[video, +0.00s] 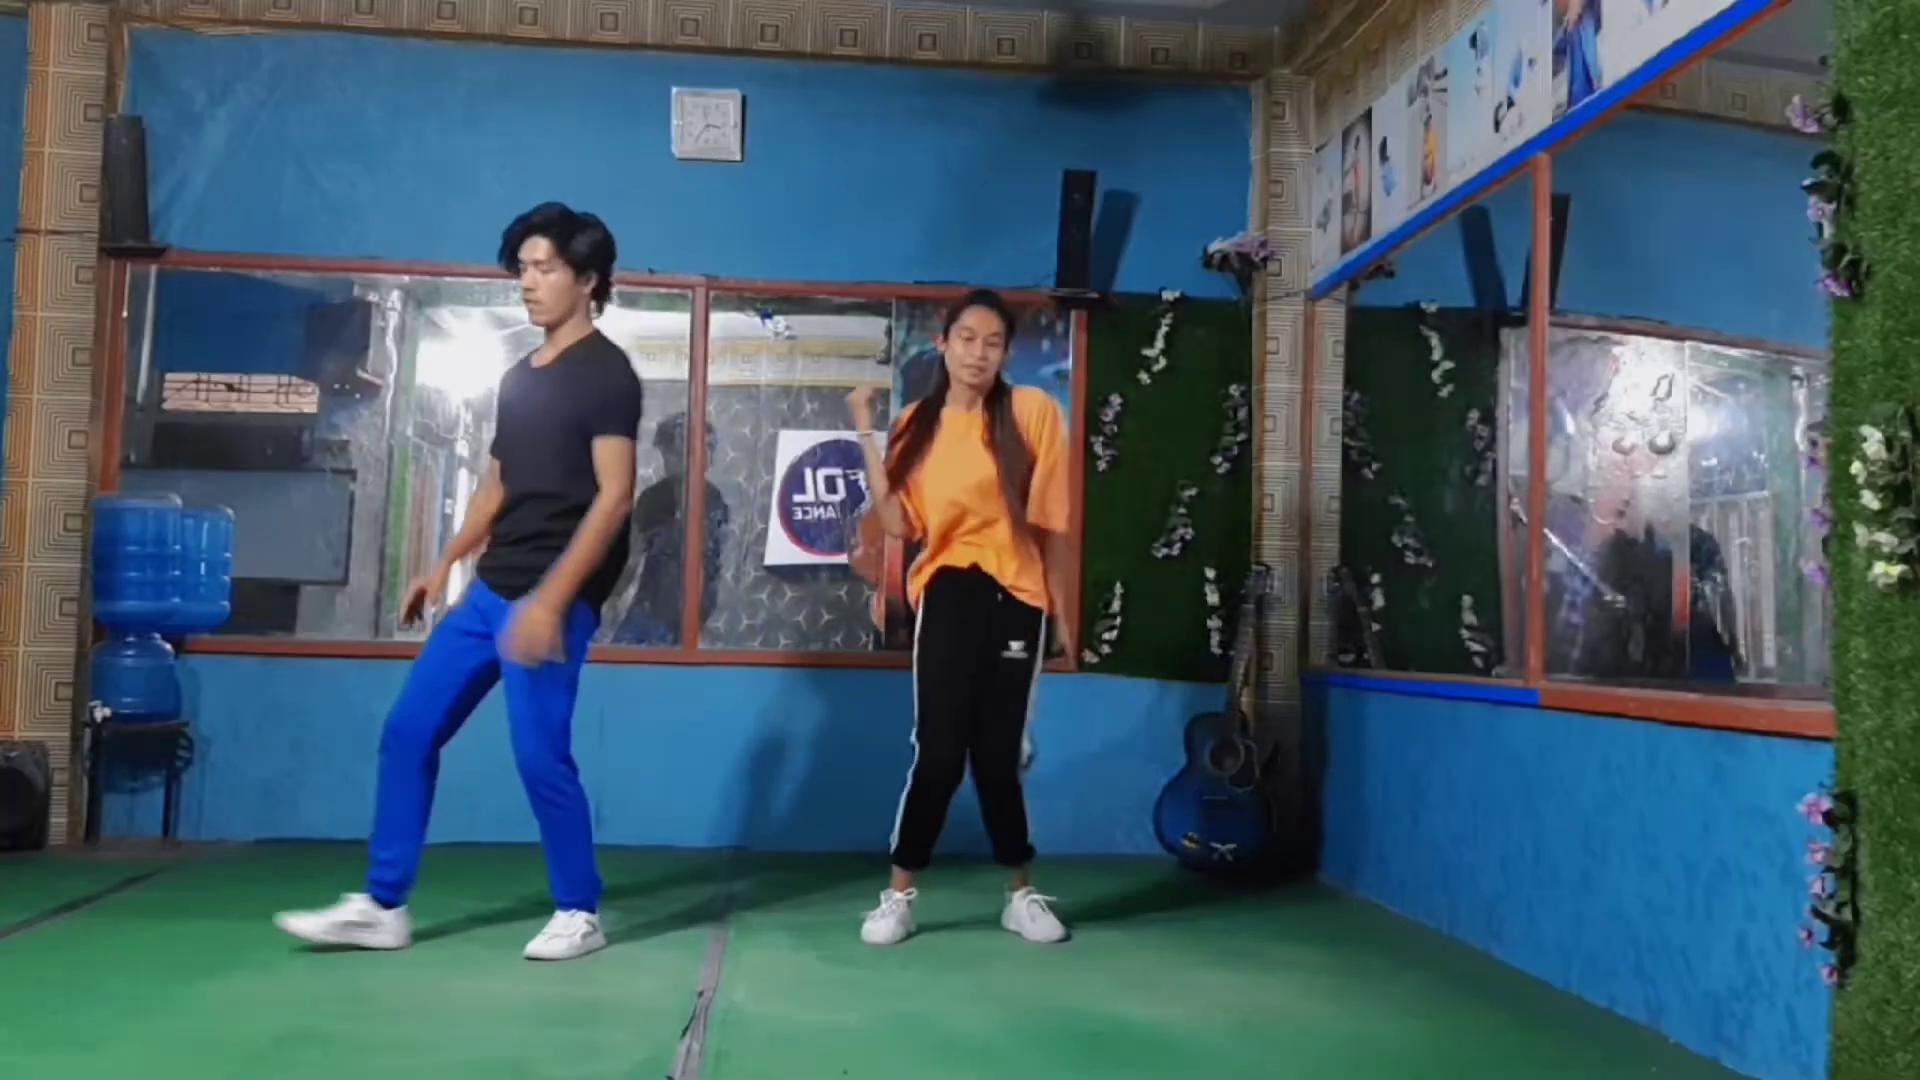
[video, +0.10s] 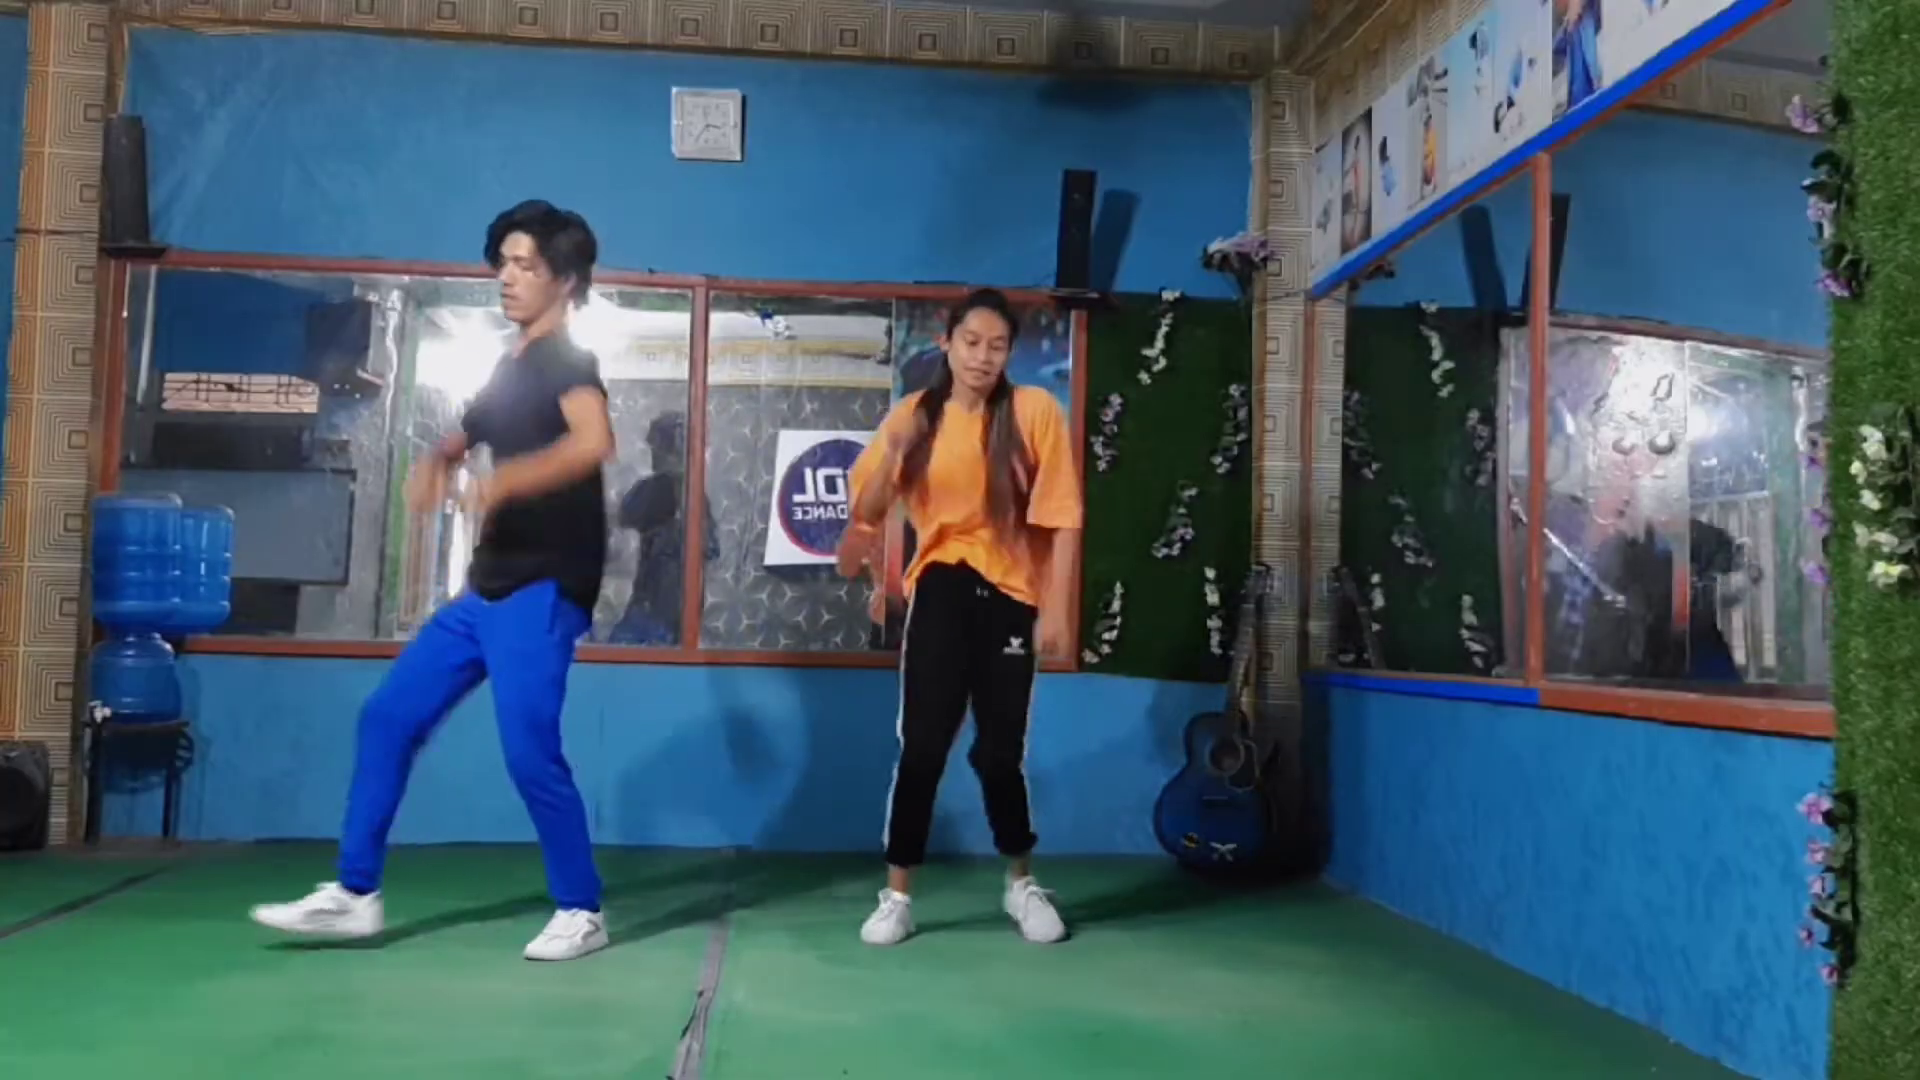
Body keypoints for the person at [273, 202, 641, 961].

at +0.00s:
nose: (528, 284)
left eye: (543, 269)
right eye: (522, 271)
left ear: (588, 279)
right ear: (519, 280)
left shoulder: (607, 371)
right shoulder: (522, 377)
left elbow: (617, 496)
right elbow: (499, 486)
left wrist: (550, 601)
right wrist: (446, 564)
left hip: (553, 604)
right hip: (490, 593)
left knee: (542, 758)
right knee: (409, 731)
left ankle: (578, 914)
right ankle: (382, 904)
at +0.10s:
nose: (508, 279)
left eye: (524, 266)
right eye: (504, 266)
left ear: (566, 278)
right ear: (501, 276)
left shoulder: (567, 360)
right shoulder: (513, 367)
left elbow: (595, 442)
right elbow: (465, 436)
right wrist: (436, 470)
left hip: (545, 591)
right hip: (484, 592)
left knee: (531, 752)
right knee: (388, 717)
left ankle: (580, 911)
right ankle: (353, 892)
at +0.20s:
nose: (485, 270)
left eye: (502, 258)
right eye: (483, 257)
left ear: (545, 272)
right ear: (480, 266)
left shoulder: (544, 342)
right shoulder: (476, 354)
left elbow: (569, 402)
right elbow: (438, 405)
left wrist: (463, 413)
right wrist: (418, 412)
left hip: (514, 585)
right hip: (453, 580)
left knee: (474, 742)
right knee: (362, 712)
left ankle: (561, 880)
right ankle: (393, 883)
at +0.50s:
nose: (457, 279)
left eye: (477, 268)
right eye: (450, 264)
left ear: (510, 284)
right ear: (436, 271)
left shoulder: (516, 357)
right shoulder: (417, 365)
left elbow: (568, 449)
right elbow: (384, 446)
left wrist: (467, 477)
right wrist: (351, 455)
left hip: (436, 584)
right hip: (375, 579)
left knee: (378, 745)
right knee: (366, 748)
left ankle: (478, 869)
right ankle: (411, 903)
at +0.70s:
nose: (456, 269)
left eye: (477, 262)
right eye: (449, 251)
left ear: (501, 283)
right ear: (429, 257)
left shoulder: (508, 351)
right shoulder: (380, 347)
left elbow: (564, 437)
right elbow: (308, 406)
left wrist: (450, 460)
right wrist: (315, 421)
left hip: (450, 582)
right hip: (370, 574)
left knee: (392, 748)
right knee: (276, 723)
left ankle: (424, 917)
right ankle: (338, 871)